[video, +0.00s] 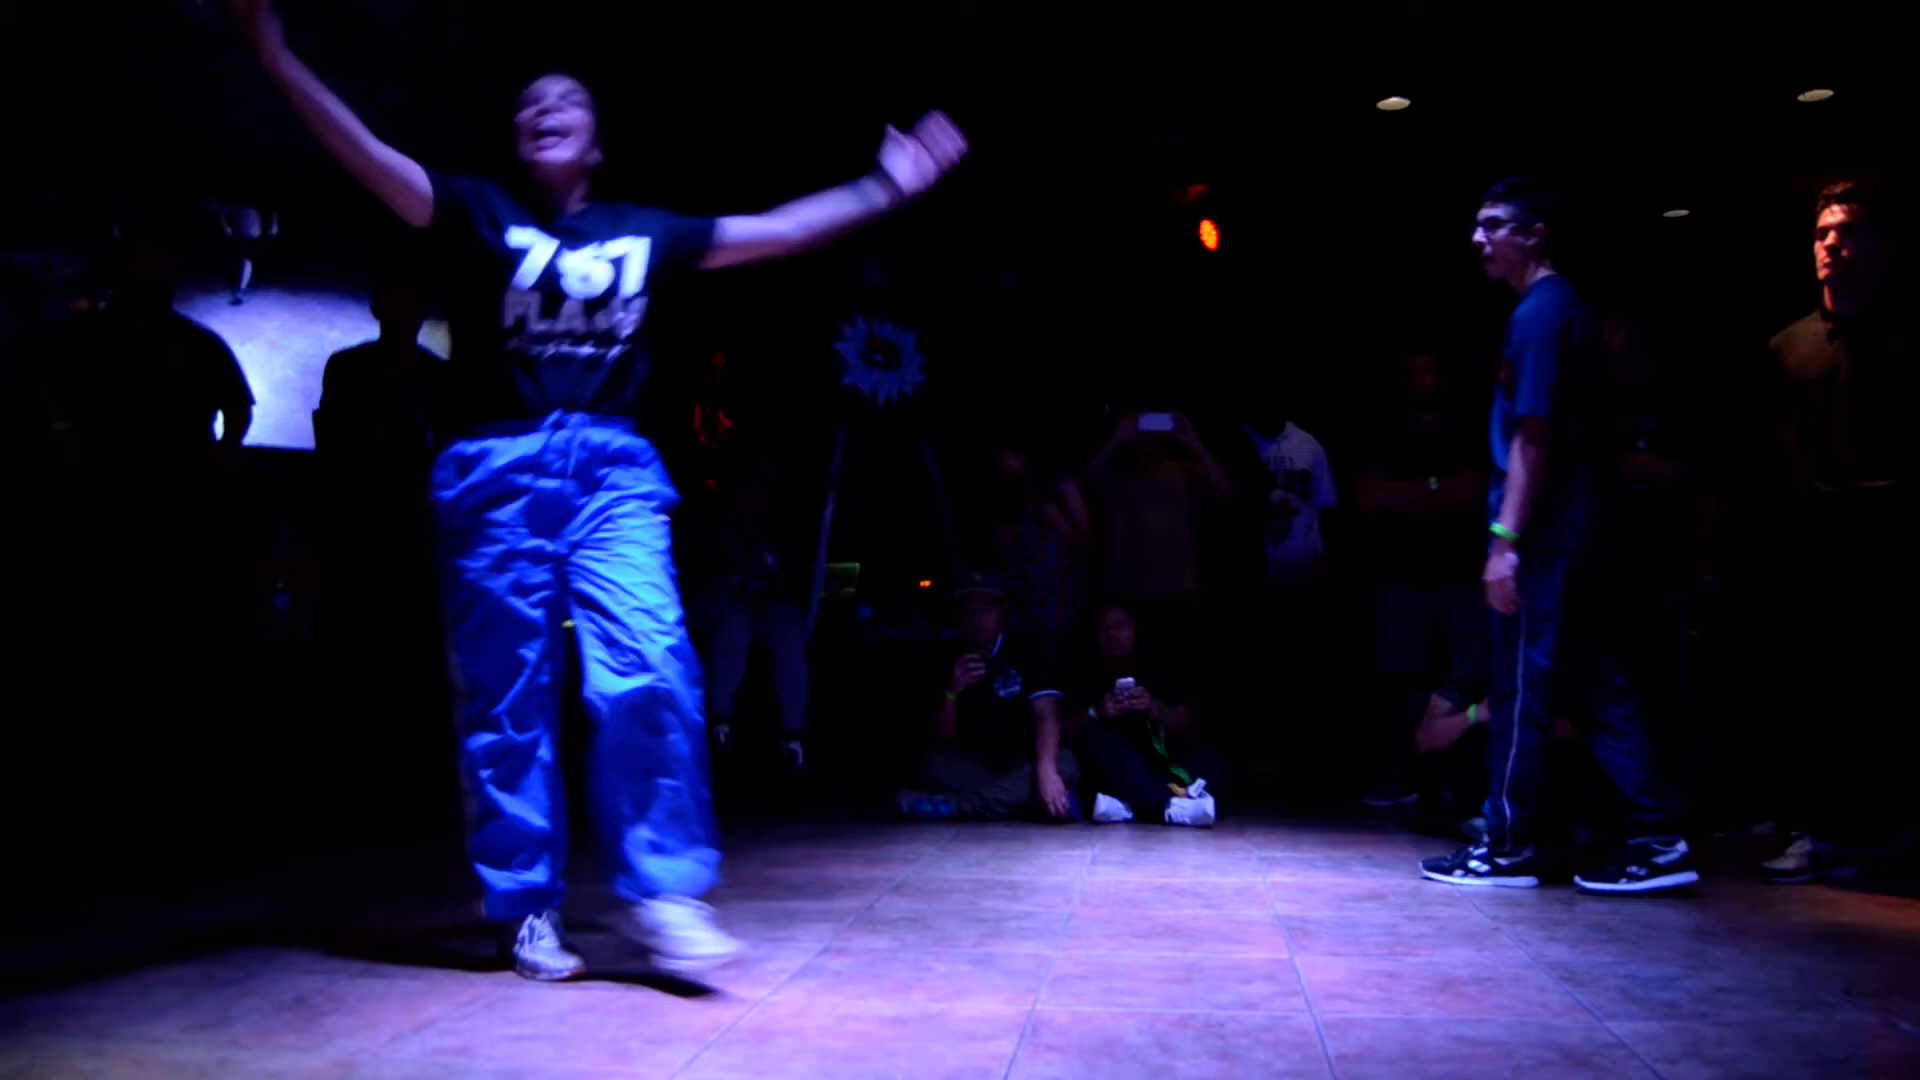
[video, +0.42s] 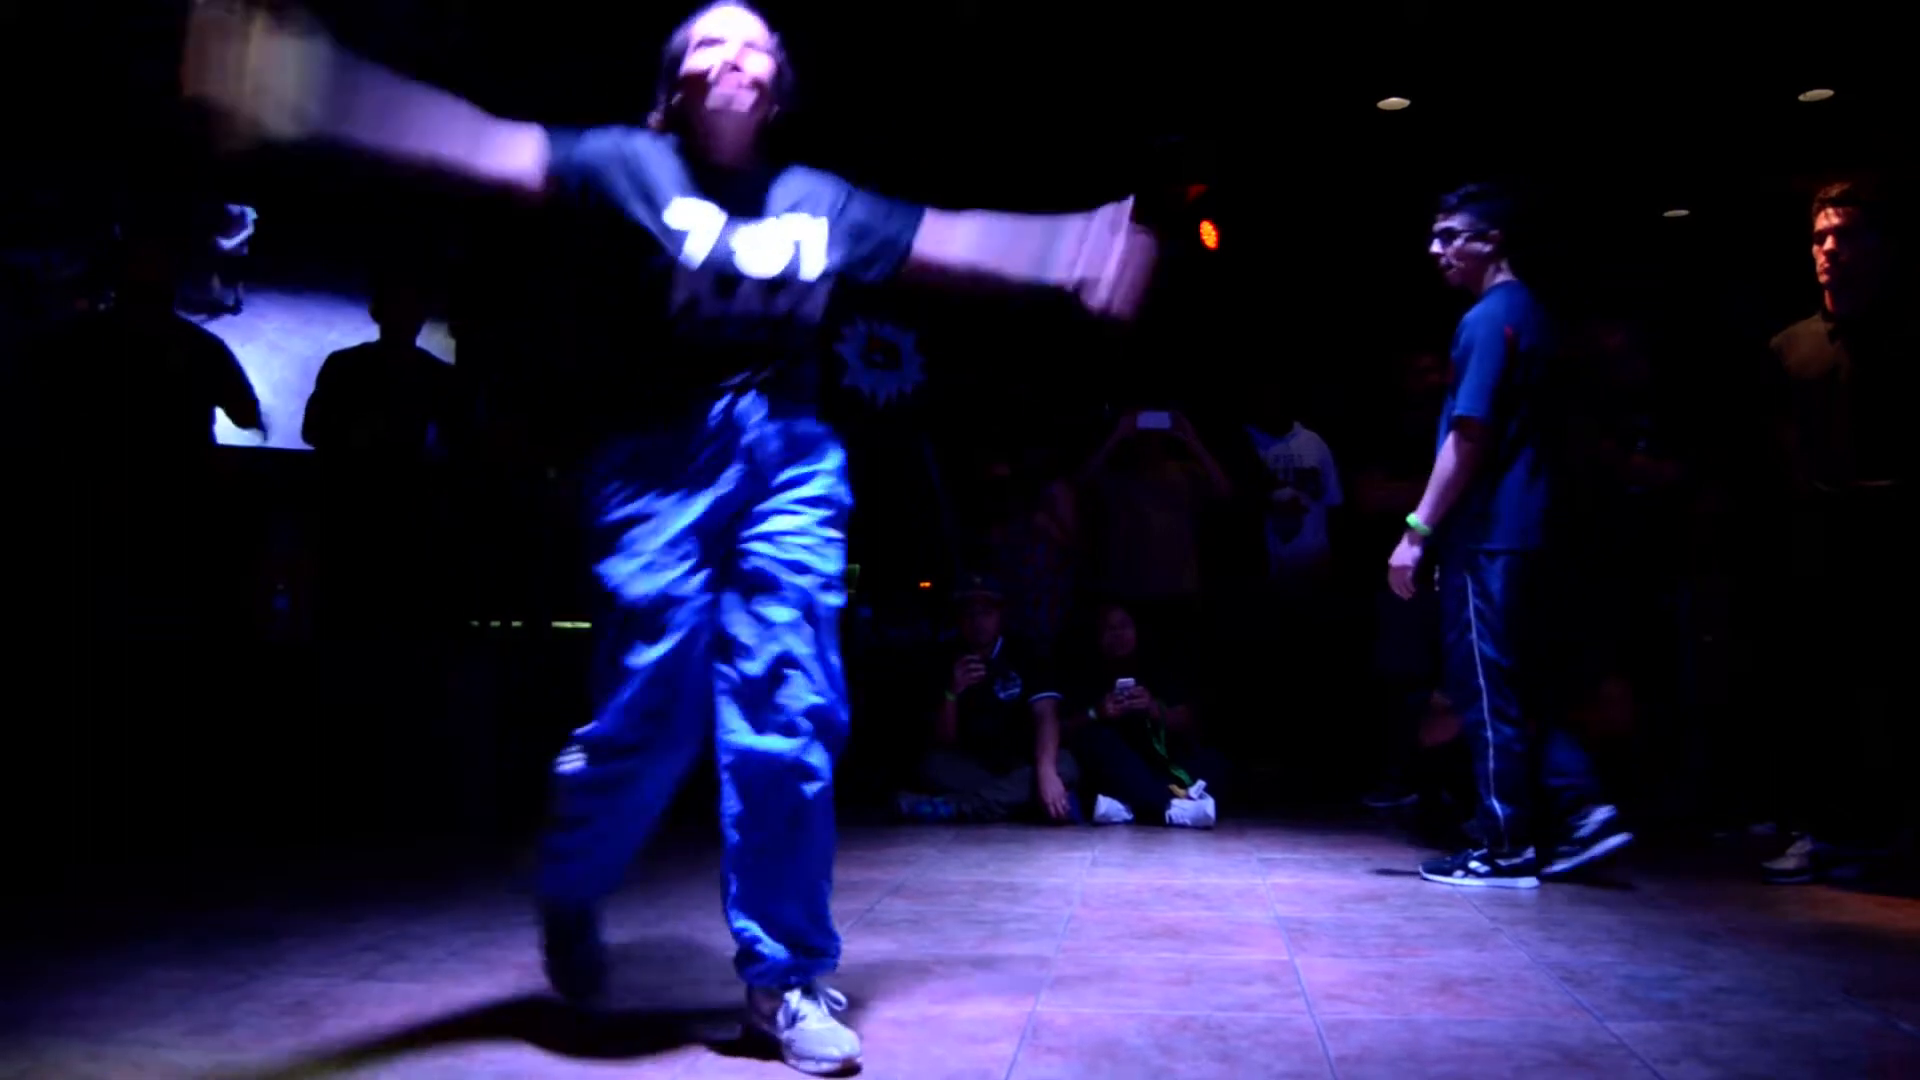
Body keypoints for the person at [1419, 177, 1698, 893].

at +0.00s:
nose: (1478, 238)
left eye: (1493, 227)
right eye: (1478, 227)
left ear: (1533, 235)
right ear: (1529, 241)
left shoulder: (1542, 311)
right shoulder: (1557, 307)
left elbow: (1533, 436)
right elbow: (1554, 434)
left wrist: (1507, 540)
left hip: (1549, 529)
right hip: (1573, 525)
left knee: (1524, 679)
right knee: (1595, 678)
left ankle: (1507, 843)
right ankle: (1657, 839)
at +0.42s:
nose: (1437, 249)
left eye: (1449, 237)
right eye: (1436, 237)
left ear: (1491, 245)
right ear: (1485, 249)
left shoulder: (1494, 318)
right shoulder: (1521, 312)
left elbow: (1468, 438)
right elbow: (1481, 435)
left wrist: (1417, 531)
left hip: (1493, 530)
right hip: (1519, 526)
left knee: (1487, 687)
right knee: (1513, 679)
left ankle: (1503, 845)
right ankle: (1580, 812)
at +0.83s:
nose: (1406, 262)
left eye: (1418, 250)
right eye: (1404, 251)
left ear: (1456, 256)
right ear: (1429, 262)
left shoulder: (1474, 326)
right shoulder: (1452, 326)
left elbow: (1463, 440)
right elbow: (1450, 438)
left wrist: (1425, 532)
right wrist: (1424, 532)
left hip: (1471, 538)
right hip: (1447, 535)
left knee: (1474, 686)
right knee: (1432, 684)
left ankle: (1504, 842)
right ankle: (1425, 826)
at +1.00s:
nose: (1395, 263)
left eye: (1409, 252)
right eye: (1394, 252)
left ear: (1443, 261)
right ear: (1405, 264)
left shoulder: (1467, 331)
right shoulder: (1434, 334)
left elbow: (1470, 437)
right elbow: (1433, 437)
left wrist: (1444, 532)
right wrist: (1411, 527)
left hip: (1455, 539)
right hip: (1414, 536)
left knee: (1459, 689)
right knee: (1417, 686)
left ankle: (1504, 841)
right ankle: (1422, 825)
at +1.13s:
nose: (1390, 263)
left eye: (1404, 253)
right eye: (1388, 253)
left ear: (1438, 262)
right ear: (1392, 266)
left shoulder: (1461, 333)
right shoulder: (1410, 343)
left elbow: (1473, 439)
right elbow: (1397, 458)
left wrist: (1453, 533)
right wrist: (1377, 554)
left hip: (1440, 543)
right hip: (1398, 546)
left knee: (1455, 688)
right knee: (1407, 688)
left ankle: (1504, 839)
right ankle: (1420, 825)